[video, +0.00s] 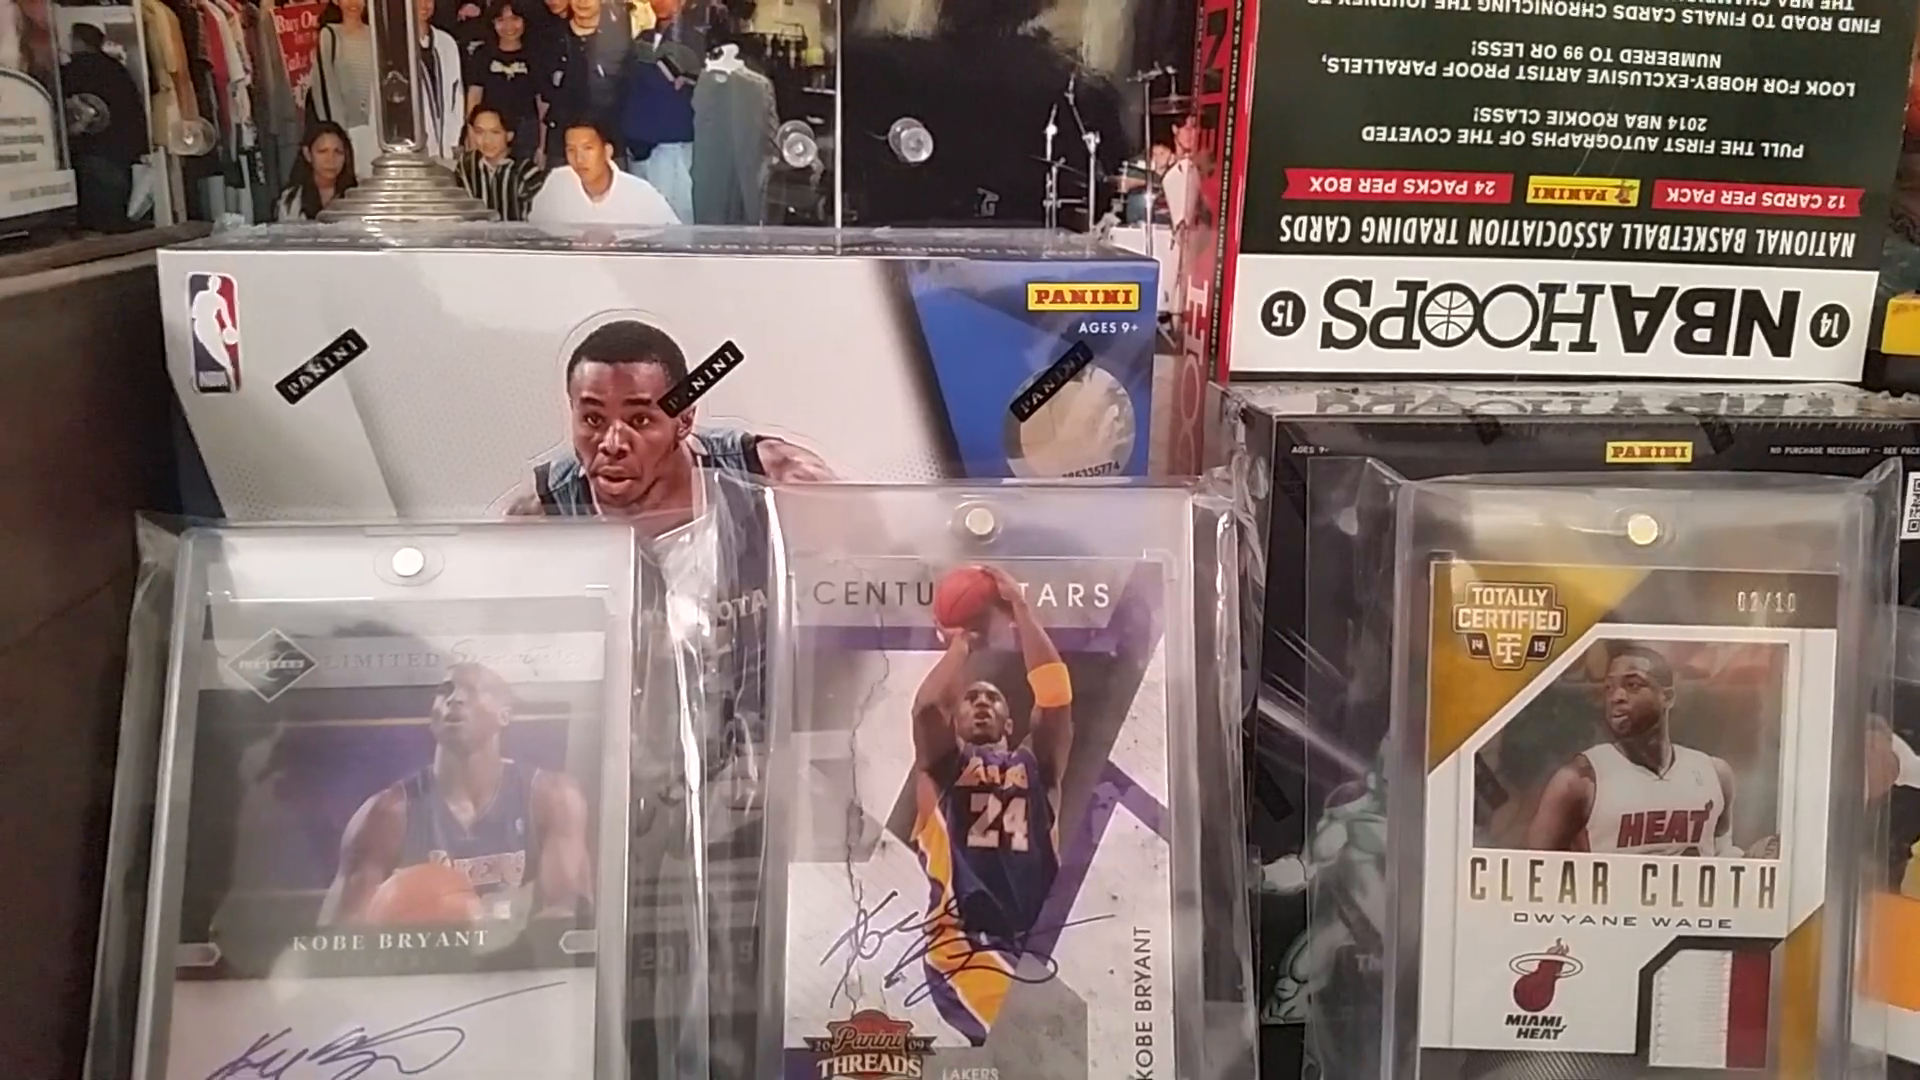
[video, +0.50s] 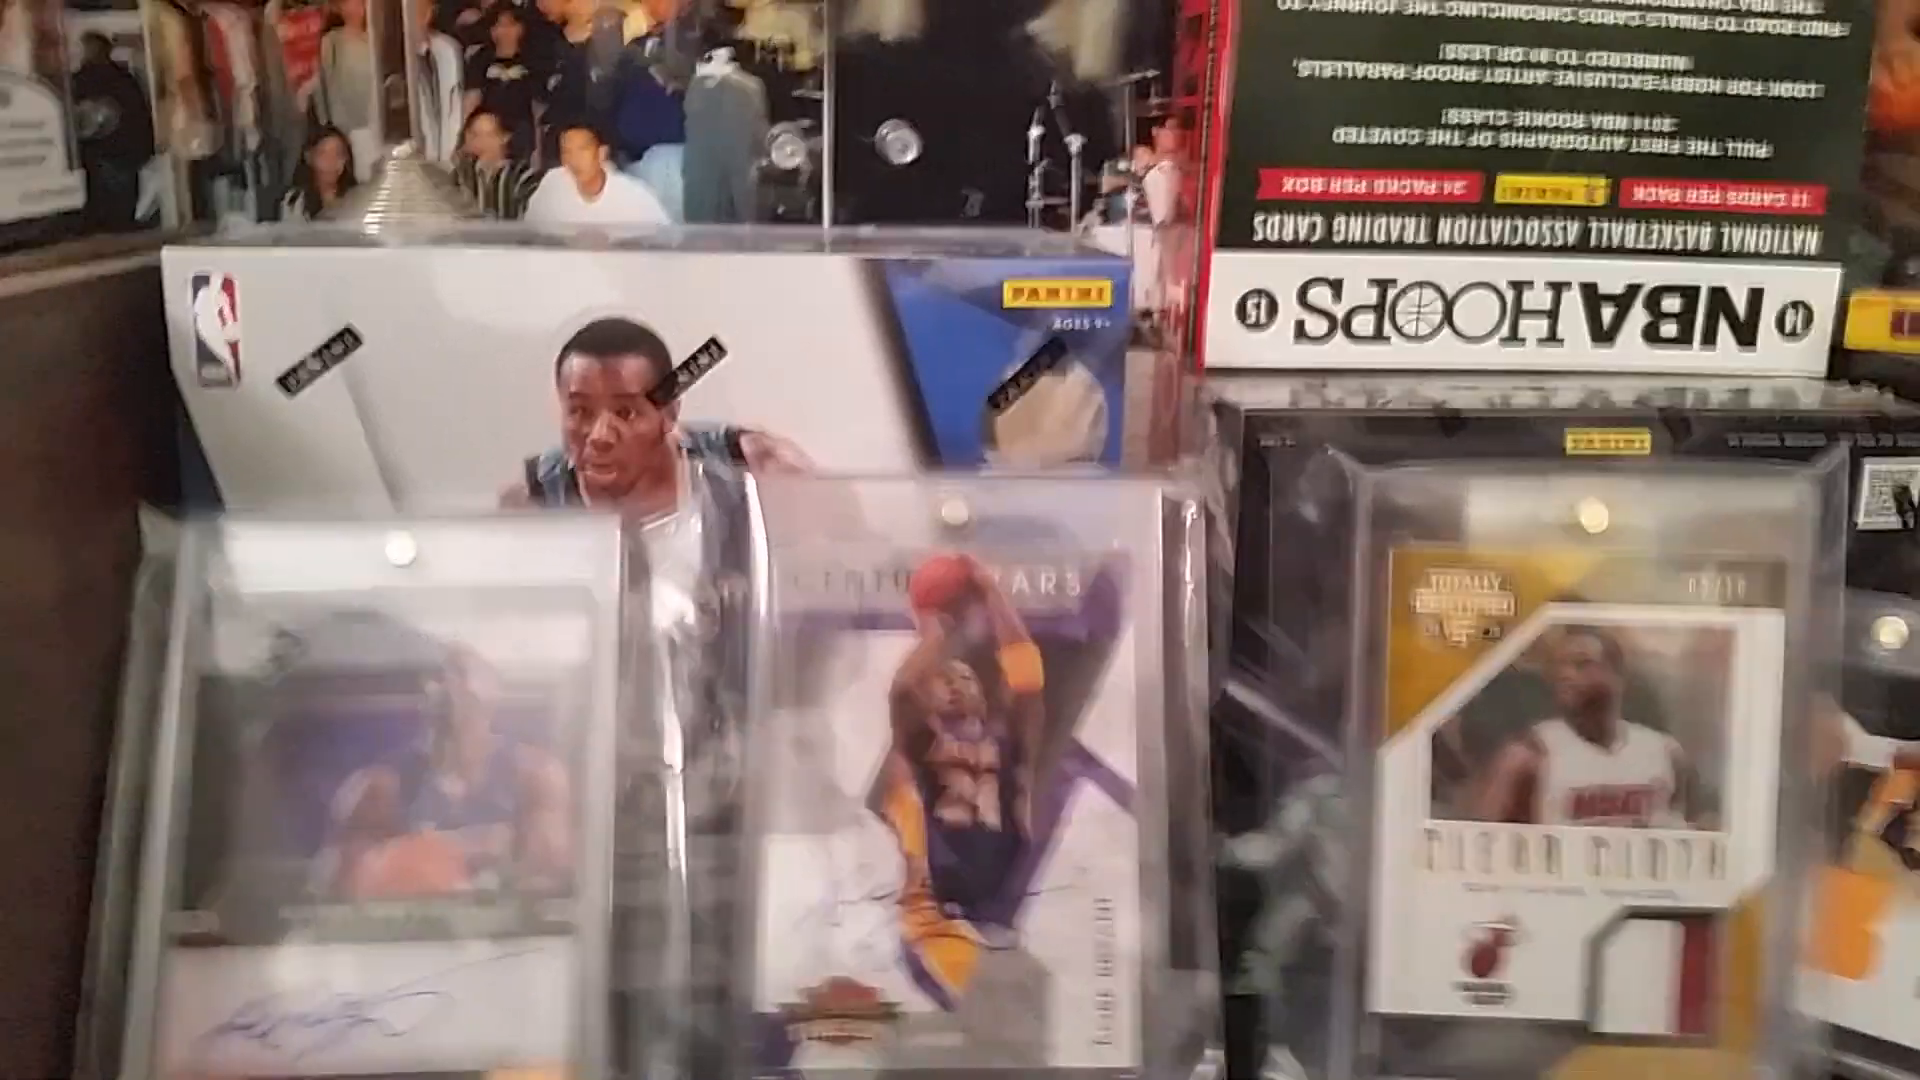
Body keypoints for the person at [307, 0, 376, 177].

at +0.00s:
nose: (354, 4)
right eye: (348, 0)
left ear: (365, 3)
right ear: (337, 3)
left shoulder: (373, 33)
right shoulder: (329, 33)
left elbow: (381, 76)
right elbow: (327, 79)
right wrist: (337, 124)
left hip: (374, 116)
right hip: (344, 119)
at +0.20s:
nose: (370, 3)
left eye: (374, 1)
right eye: (365, 1)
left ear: (379, 3)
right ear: (355, 2)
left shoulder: (388, 30)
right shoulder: (346, 29)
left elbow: (396, 70)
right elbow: (343, 74)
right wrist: (352, 118)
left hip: (389, 110)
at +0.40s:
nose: (381, 4)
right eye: (375, 0)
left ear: (391, 4)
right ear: (364, 3)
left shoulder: (399, 34)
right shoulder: (357, 34)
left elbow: (406, 74)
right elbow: (355, 79)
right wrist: (364, 122)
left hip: (399, 114)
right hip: (370, 116)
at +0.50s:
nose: (357, 7)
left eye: (359, 2)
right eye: (351, 2)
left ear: (365, 6)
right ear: (339, 7)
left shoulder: (372, 37)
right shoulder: (331, 39)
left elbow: (378, 76)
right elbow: (325, 81)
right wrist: (326, 119)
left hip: (371, 114)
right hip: (343, 117)